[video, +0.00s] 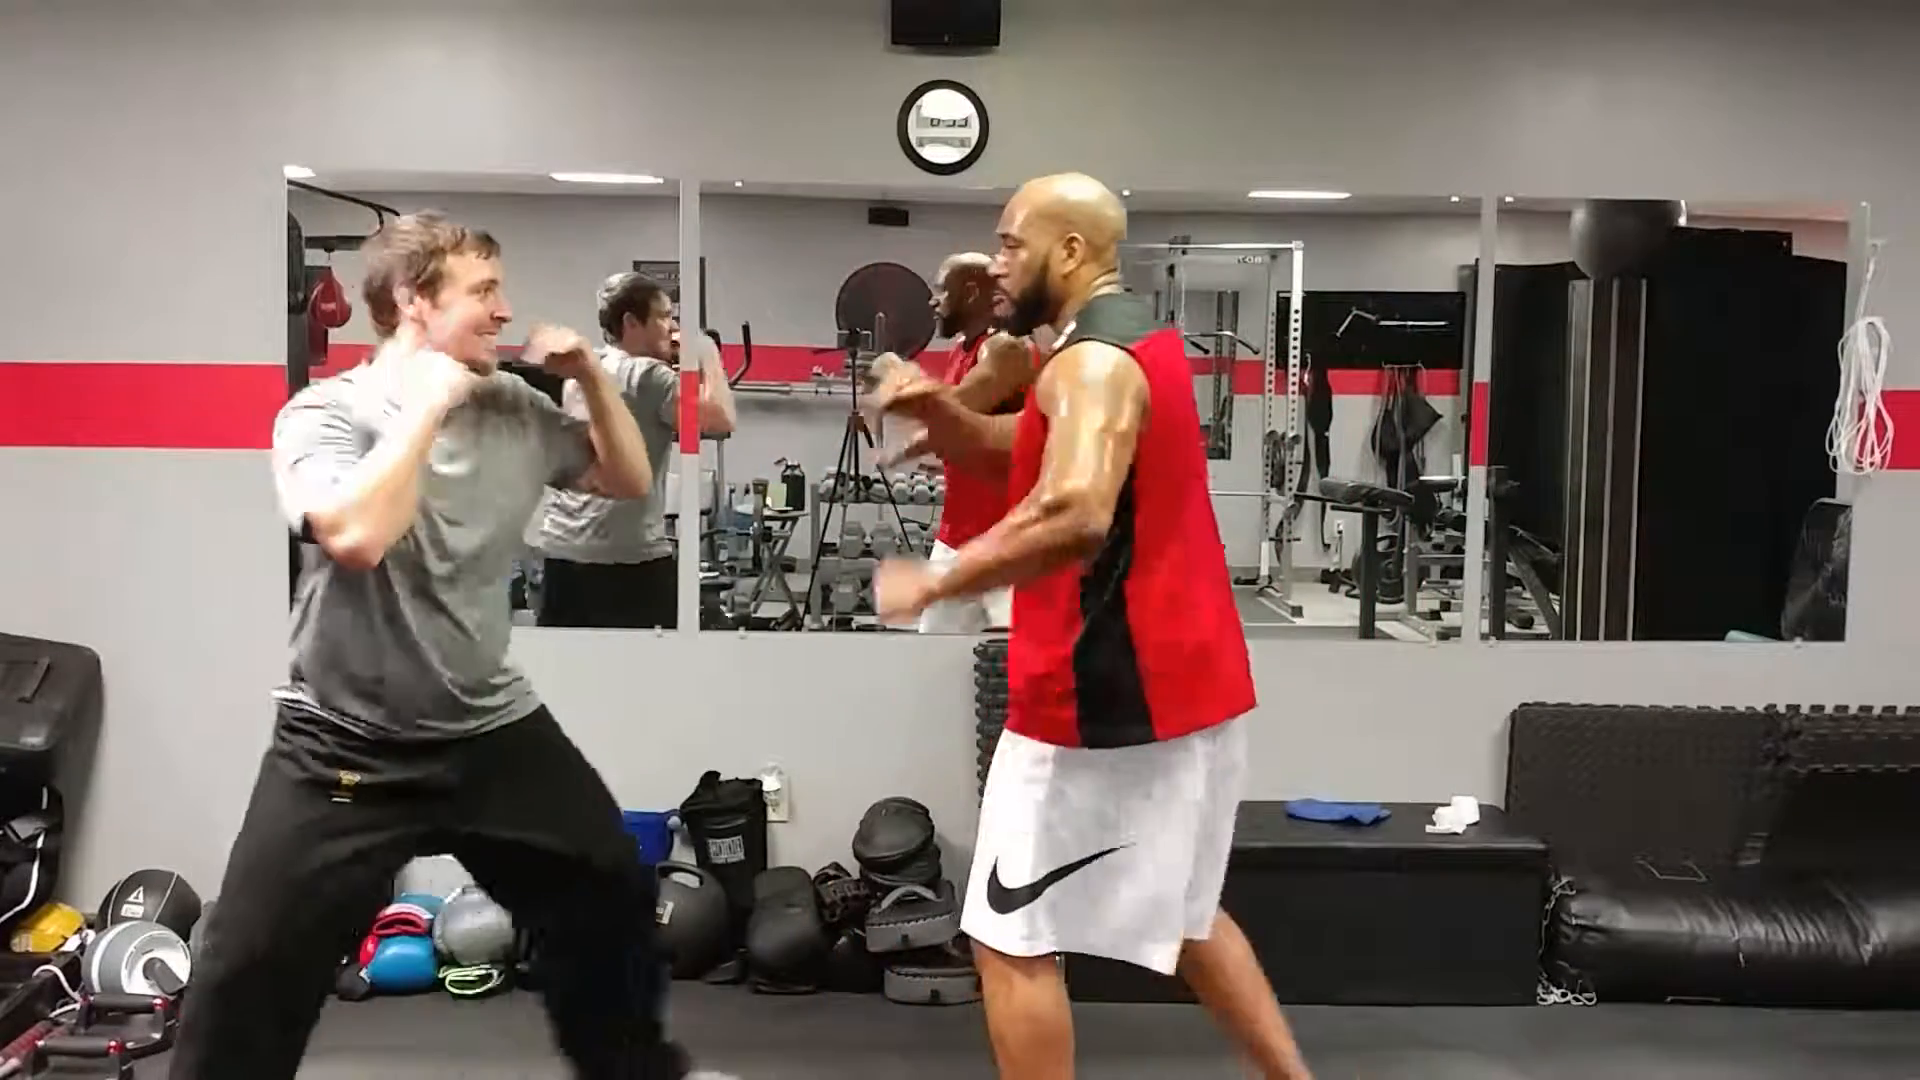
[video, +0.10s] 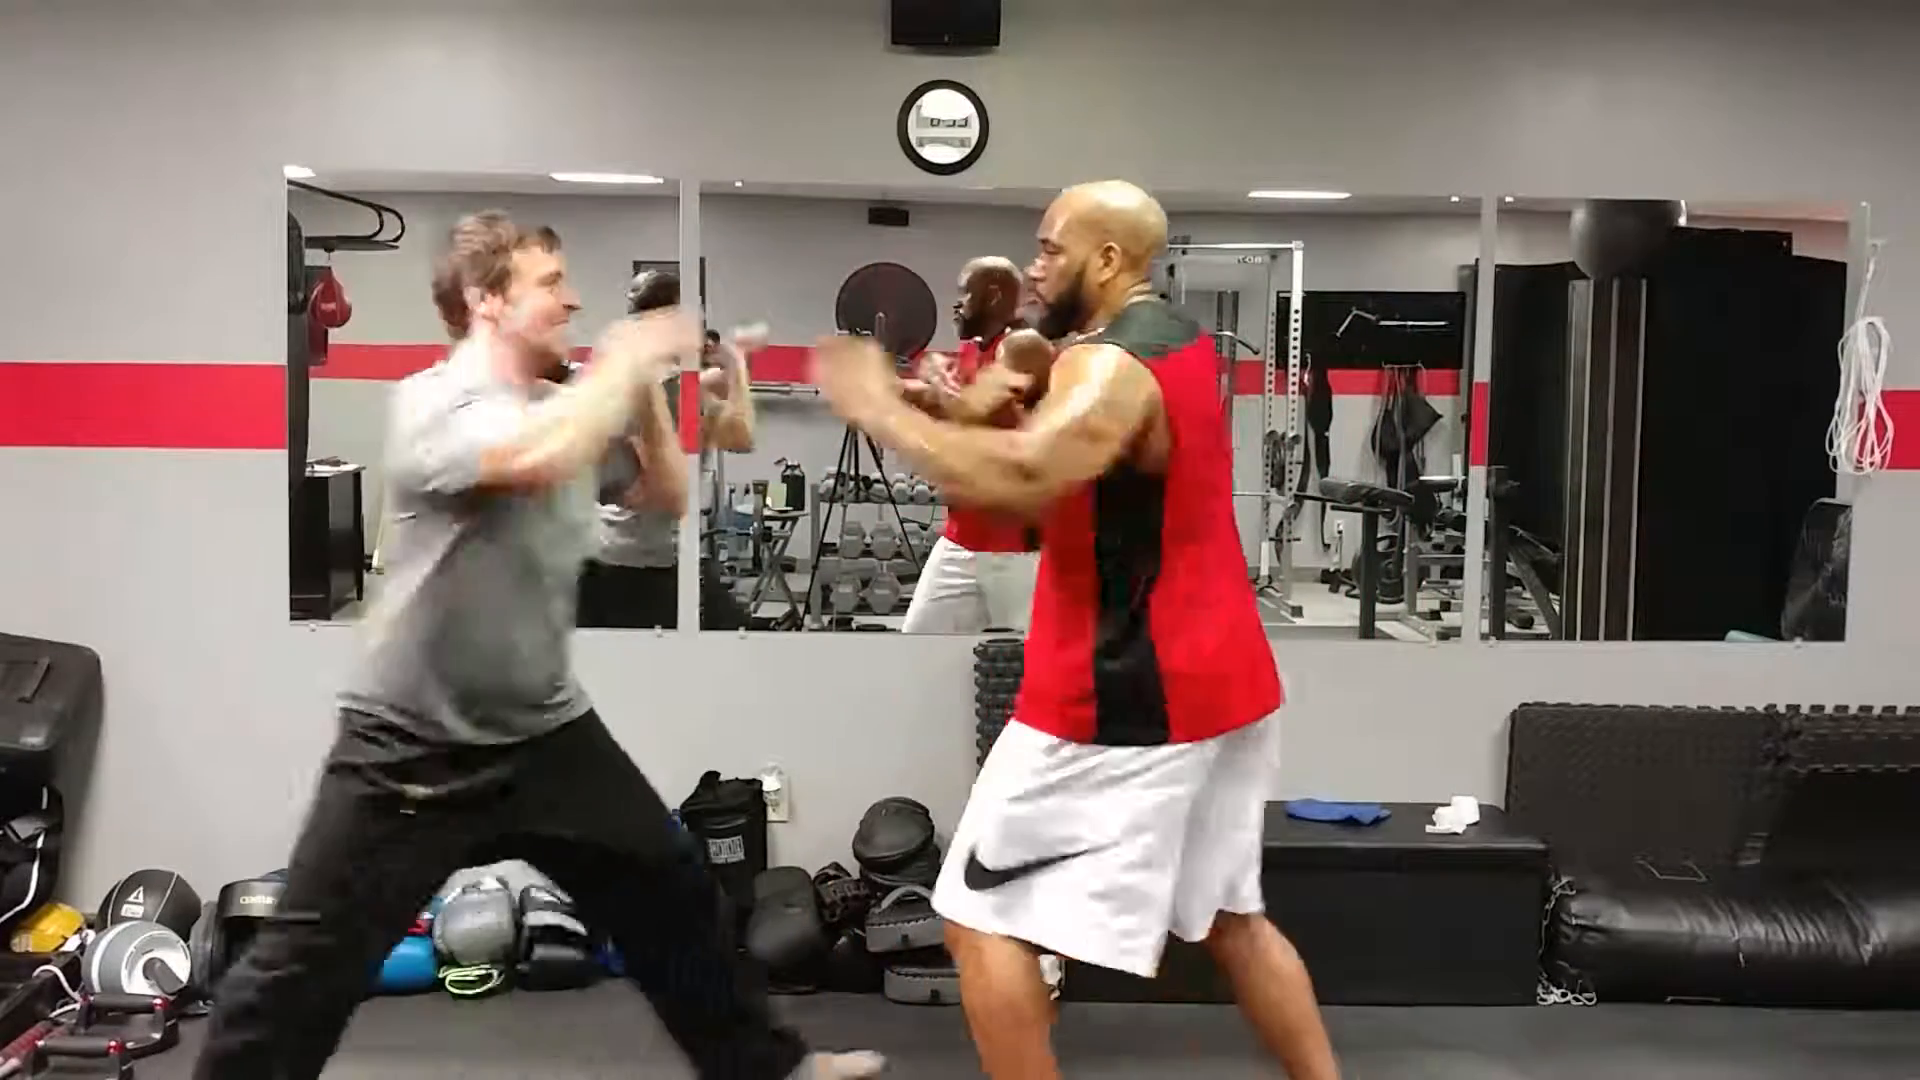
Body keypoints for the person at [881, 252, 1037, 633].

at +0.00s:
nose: (933, 302)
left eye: (941, 290)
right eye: (935, 291)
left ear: (974, 291)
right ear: (971, 293)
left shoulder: (1006, 351)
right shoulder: (962, 352)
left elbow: (945, 416)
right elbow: (947, 431)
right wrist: (898, 455)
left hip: (1005, 540)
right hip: (955, 536)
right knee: (937, 661)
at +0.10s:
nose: (956, 302)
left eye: (966, 292)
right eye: (958, 292)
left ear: (997, 296)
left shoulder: (1025, 350)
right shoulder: (965, 352)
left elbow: (994, 417)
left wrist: (940, 391)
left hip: (1017, 545)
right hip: (960, 537)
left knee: (1026, 668)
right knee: (917, 651)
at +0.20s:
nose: (970, 300)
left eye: (980, 290)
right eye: (971, 290)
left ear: (1012, 296)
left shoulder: (1041, 357)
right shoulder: (965, 357)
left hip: (1030, 544)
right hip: (969, 535)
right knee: (914, 642)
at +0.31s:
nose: (967, 302)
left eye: (978, 294)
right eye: (969, 294)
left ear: (1012, 298)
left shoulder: (1047, 364)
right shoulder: (952, 366)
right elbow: (932, 450)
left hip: (1026, 536)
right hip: (957, 528)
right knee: (909, 636)